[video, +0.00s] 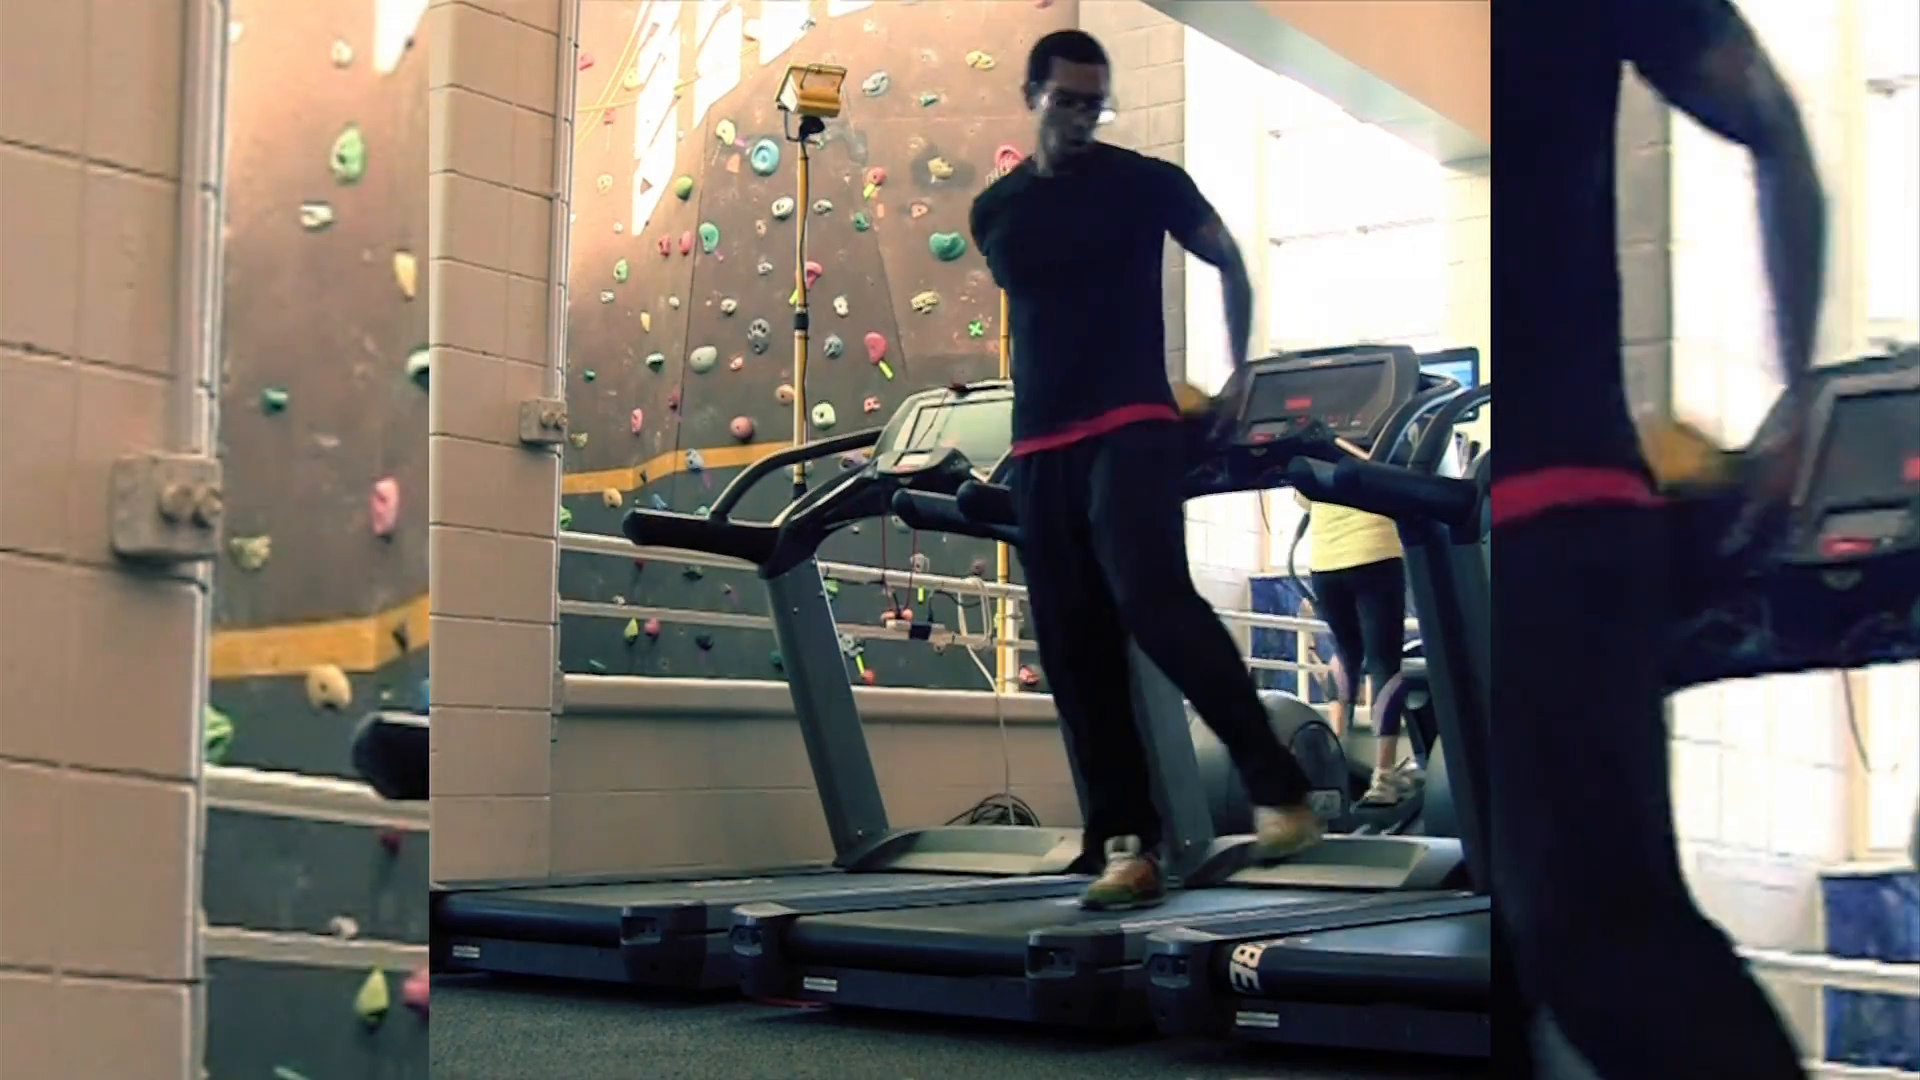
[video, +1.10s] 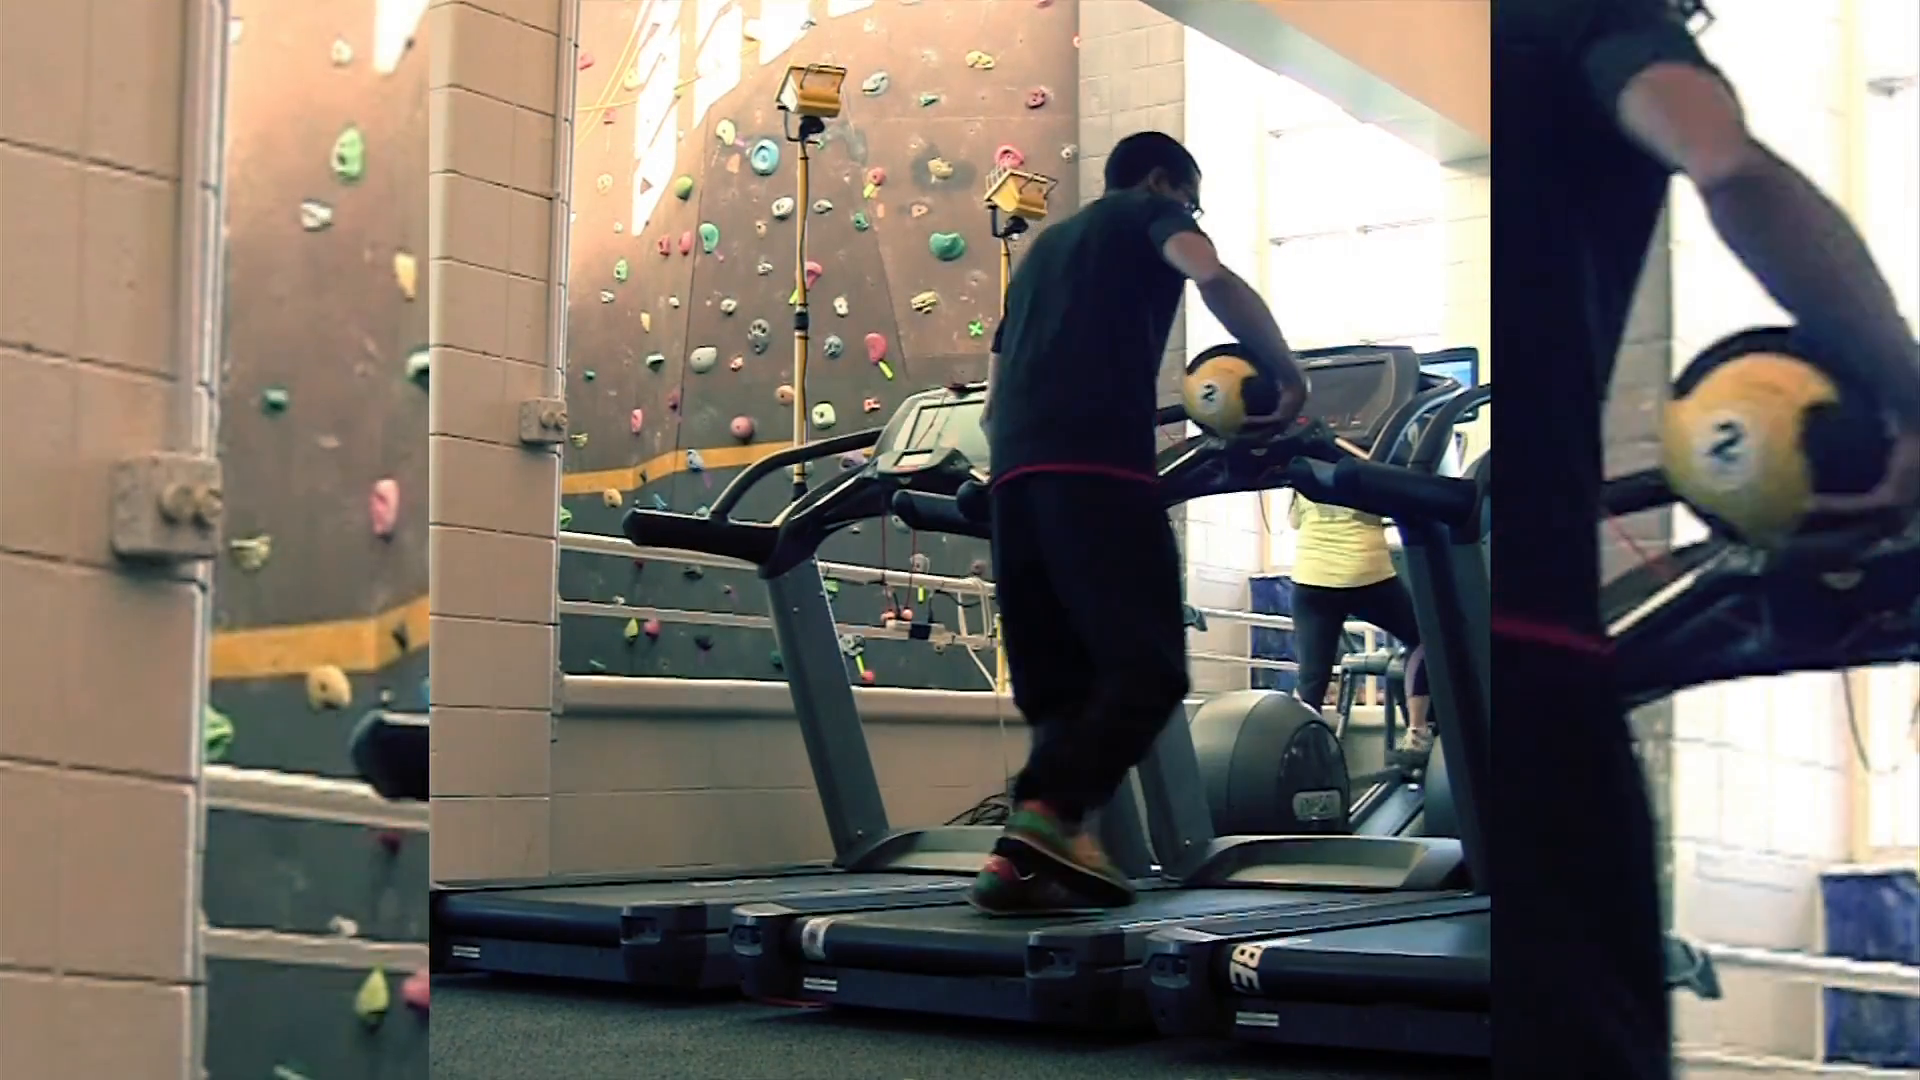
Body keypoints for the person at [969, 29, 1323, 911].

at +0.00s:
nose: (1083, 118)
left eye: (1095, 104)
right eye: (1068, 102)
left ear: (1108, 105)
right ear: (1030, 100)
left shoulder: (1149, 183)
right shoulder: (994, 210)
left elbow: (1230, 266)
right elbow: (1025, 310)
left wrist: (1241, 372)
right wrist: (1025, 425)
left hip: (1136, 427)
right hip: (1044, 445)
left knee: (1153, 603)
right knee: (1076, 653)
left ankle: (1283, 796)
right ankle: (1130, 845)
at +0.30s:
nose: (1164, 122)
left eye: (1171, 109)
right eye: (1154, 102)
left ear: (1158, 112)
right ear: (1100, 91)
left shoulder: (1161, 207)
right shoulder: (1008, 187)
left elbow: (1153, 324)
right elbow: (916, 278)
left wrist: (1173, 410)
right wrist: (909, 403)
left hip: (1161, 454)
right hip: (1054, 457)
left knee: (1230, 631)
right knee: (1053, 658)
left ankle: (1273, 810)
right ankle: (1064, 850)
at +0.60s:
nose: (1192, 146)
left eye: (1197, 133)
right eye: (1187, 125)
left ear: (1147, 113)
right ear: (1141, 104)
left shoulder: (1124, 207)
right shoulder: (1068, 158)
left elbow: (1080, 335)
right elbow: (946, 214)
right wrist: (960, 318)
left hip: (1142, 455)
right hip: (1071, 447)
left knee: (1200, 627)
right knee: (1057, 639)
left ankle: (1141, 835)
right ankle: (1023, 844)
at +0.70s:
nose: (1194, 159)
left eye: (1199, 146)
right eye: (1189, 139)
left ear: (1149, 128)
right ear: (1147, 120)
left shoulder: (1117, 209)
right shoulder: (1093, 162)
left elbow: (1041, 345)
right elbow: (1006, 205)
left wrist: (1028, 488)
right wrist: (1068, 287)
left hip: (1115, 451)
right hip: (1077, 441)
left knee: (1177, 638)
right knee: (1071, 639)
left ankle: (1108, 848)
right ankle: (998, 854)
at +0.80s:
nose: (1188, 180)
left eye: (1195, 165)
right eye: (1187, 159)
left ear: (1136, 137)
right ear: (1150, 138)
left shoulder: (1060, 224)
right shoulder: (1096, 188)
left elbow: (1013, 369)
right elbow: (1089, 229)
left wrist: (1028, 489)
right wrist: (1175, 309)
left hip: (1075, 462)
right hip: (1082, 456)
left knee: (1156, 642)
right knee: (1088, 642)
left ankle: (1087, 856)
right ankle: (984, 857)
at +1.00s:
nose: (1188, 203)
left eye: (1190, 193)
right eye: (1185, 189)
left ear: (1110, 170)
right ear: (1156, 169)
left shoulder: (1030, 249)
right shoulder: (1144, 200)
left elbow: (1003, 393)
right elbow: (1206, 266)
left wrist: (1019, 475)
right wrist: (1288, 363)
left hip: (1022, 475)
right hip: (1096, 462)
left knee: (1068, 671)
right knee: (1126, 660)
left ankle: (1043, 850)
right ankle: (1006, 818)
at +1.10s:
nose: (1191, 213)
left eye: (1193, 203)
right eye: (1188, 199)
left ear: (1114, 180)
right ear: (1163, 180)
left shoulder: (1042, 246)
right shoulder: (1150, 206)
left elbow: (1015, 370)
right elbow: (1212, 278)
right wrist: (1290, 374)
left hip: (1015, 476)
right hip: (1095, 467)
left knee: (1055, 672)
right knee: (1151, 668)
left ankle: (1046, 850)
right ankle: (1043, 818)